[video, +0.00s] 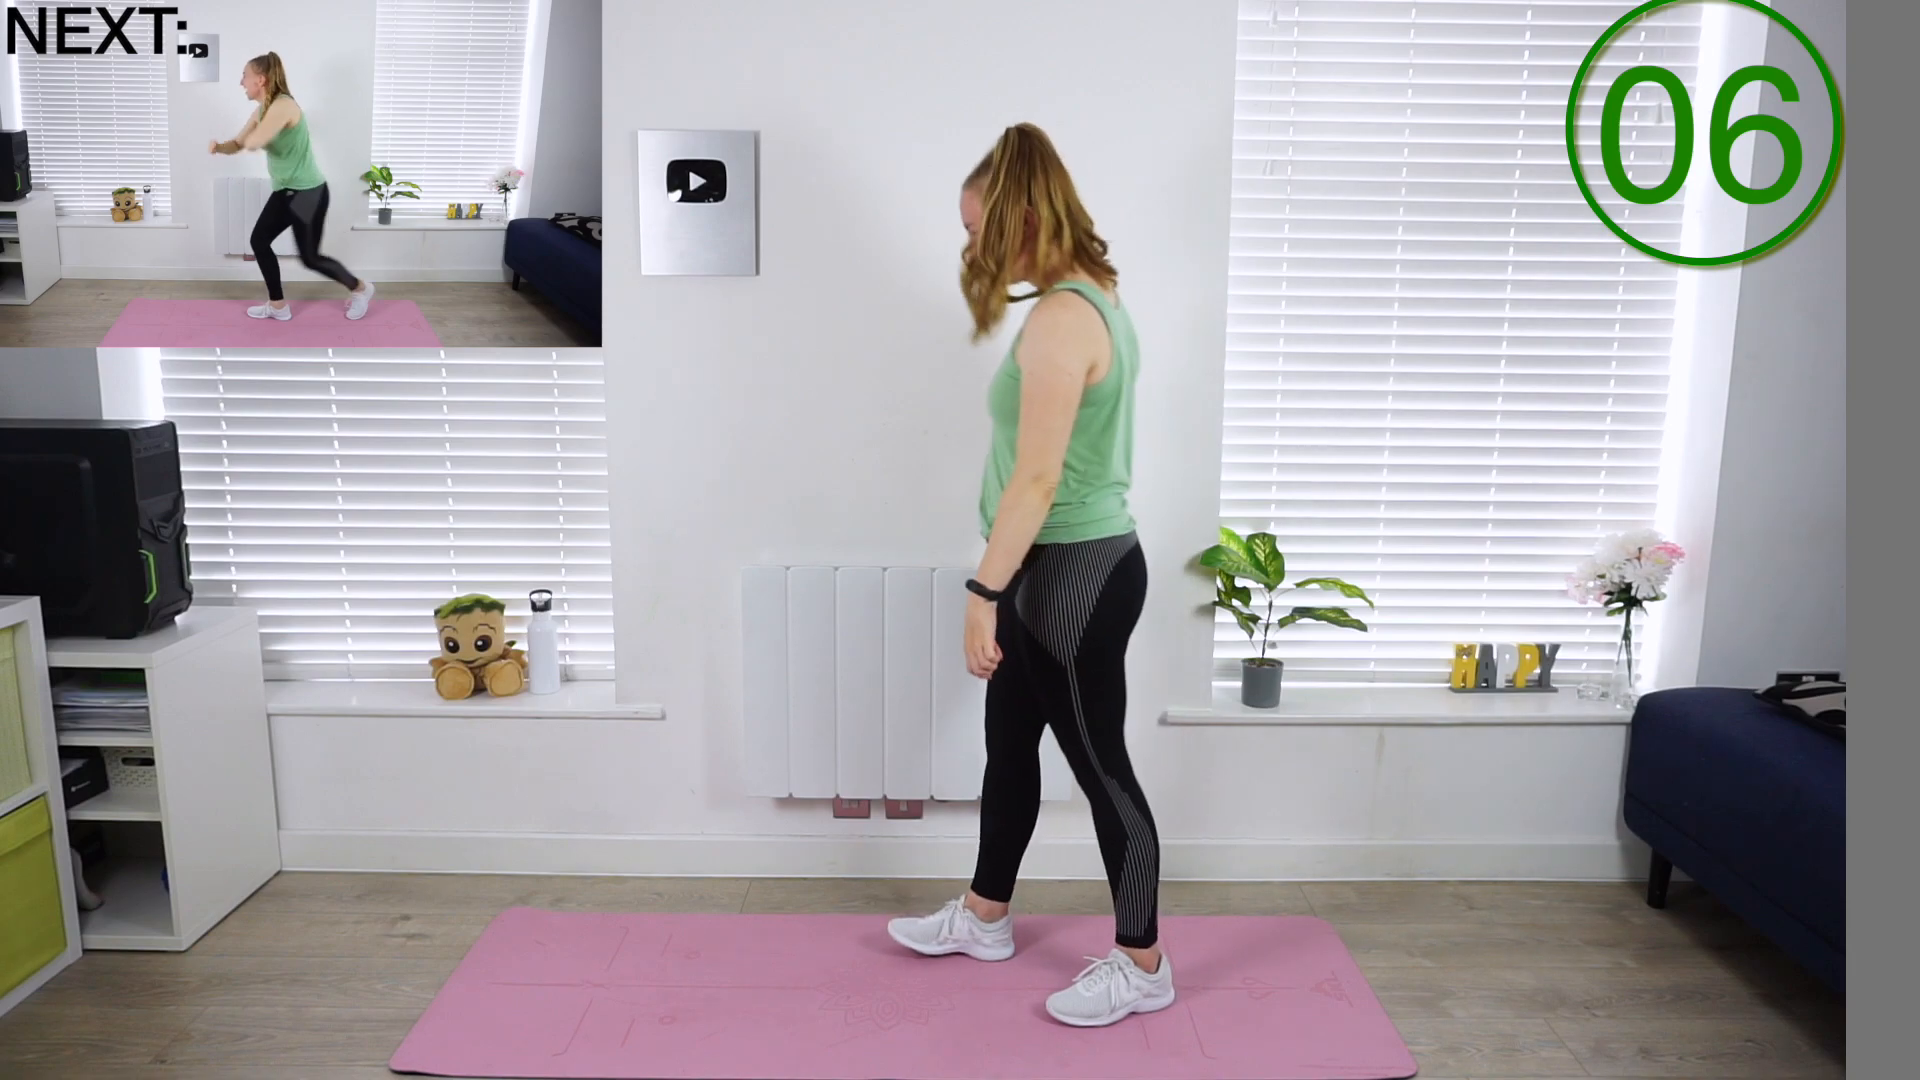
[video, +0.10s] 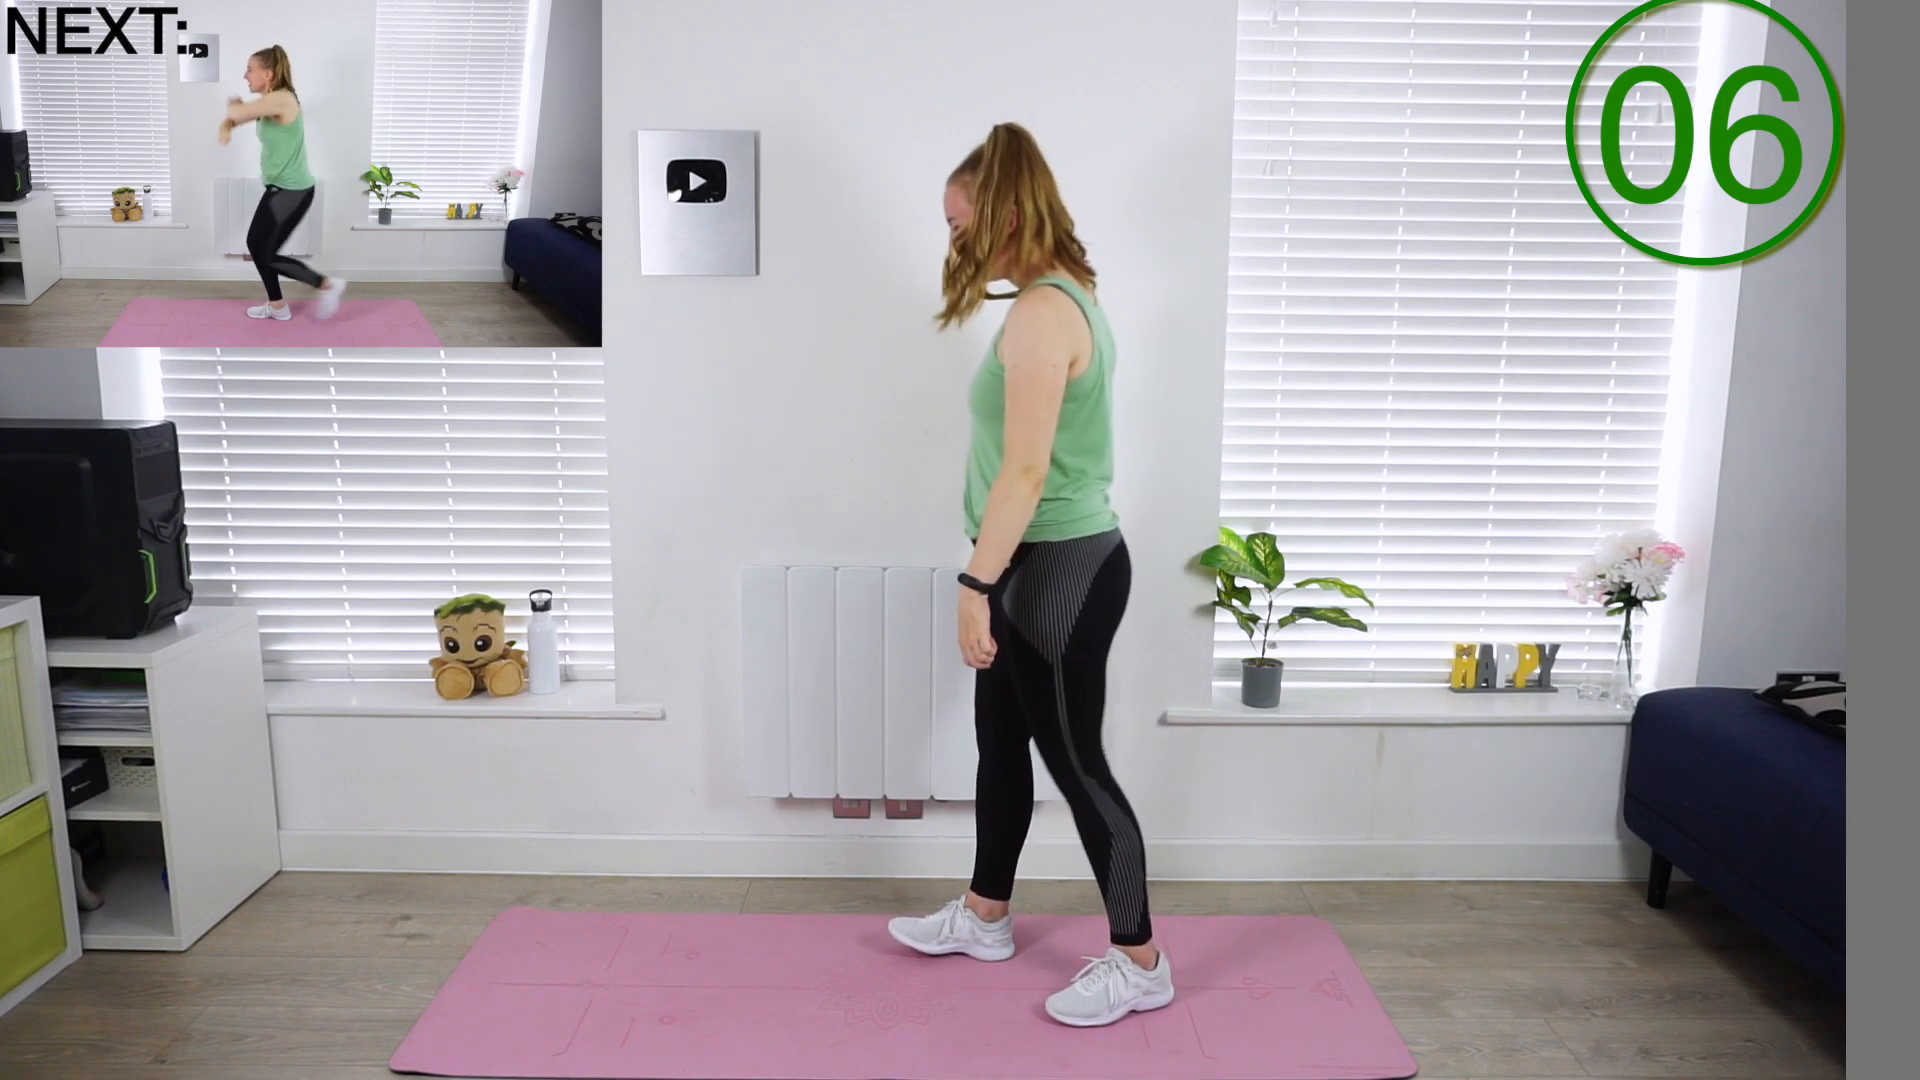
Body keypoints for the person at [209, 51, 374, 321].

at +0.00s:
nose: (242, 82)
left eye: (245, 77)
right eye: (243, 77)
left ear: (261, 81)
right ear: (261, 81)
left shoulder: (283, 105)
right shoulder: (263, 109)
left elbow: (255, 142)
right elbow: (239, 142)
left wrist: (247, 141)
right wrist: (220, 148)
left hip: (310, 192)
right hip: (285, 191)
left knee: (310, 258)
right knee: (259, 240)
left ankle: (361, 288)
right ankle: (278, 305)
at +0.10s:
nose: (246, 75)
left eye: (250, 70)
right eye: (247, 70)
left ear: (268, 75)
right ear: (268, 76)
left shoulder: (282, 99)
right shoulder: (271, 98)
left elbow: (236, 115)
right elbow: (238, 117)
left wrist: (234, 105)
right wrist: (228, 125)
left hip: (294, 189)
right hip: (278, 187)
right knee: (255, 243)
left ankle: (328, 285)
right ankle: (277, 305)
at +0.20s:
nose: (250, 68)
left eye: (255, 63)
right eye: (251, 62)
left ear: (275, 68)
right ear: (275, 68)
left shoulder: (278, 92)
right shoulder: (278, 92)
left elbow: (233, 86)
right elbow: (239, 88)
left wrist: (215, 69)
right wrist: (220, 73)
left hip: (281, 185)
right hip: (275, 183)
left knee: (238, 243)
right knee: (254, 242)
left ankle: (278, 302)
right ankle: (274, 300)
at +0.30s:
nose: (254, 59)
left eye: (259, 56)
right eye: (255, 55)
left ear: (278, 63)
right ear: (276, 65)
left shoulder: (272, 86)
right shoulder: (278, 84)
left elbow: (231, 67)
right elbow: (252, 70)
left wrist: (209, 49)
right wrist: (236, 48)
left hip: (267, 181)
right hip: (274, 179)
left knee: (225, 239)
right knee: (259, 241)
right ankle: (277, 305)